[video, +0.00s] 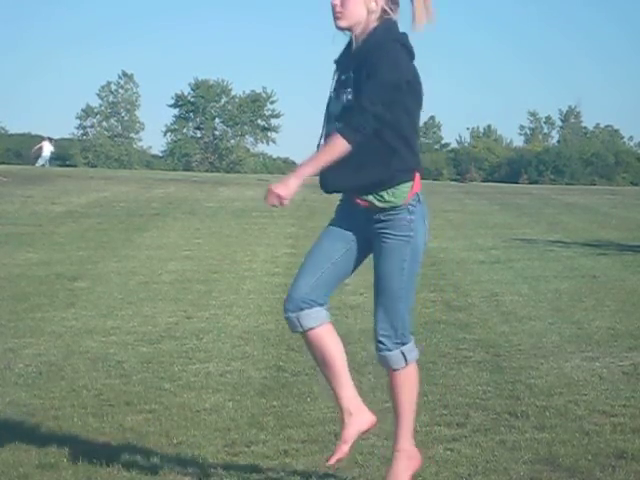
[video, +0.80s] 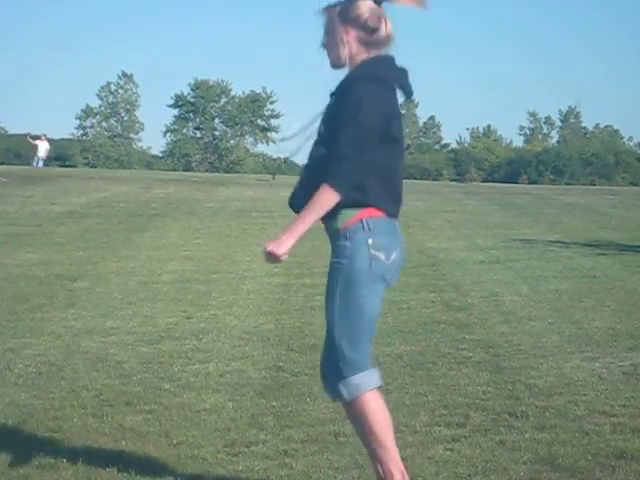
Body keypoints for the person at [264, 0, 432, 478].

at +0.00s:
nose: (336, 3)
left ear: (376, 2)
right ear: (339, 7)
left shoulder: (386, 49)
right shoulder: (354, 53)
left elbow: (358, 127)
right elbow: (364, 130)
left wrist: (296, 177)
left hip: (398, 210)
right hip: (354, 207)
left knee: (393, 338)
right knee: (303, 305)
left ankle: (406, 449)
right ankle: (354, 412)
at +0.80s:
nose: (325, 42)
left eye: (330, 33)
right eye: (327, 34)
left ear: (349, 36)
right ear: (364, 36)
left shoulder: (365, 85)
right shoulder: (369, 83)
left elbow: (345, 172)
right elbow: (356, 171)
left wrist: (290, 234)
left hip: (364, 235)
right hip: (364, 233)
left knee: (352, 365)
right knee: (338, 368)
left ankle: (396, 475)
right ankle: (390, 472)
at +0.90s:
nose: (324, 59)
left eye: (328, 50)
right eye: (325, 50)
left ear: (346, 56)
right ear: (365, 55)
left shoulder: (362, 107)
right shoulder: (379, 102)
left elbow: (359, 201)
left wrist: (284, 208)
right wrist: (380, 29)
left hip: (367, 259)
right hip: (375, 257)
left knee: (338, 383)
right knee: (292, 362)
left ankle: (392, 475)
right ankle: (364, 466)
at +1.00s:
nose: (319, 54)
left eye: (324, 45)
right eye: (321, 45)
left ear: (344, 48)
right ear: (352, 48)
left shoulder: (358, 98)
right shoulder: (378, 95)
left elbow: (364, 189)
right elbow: (400, 172)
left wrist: (305, 168)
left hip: (367, 248)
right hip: (372, 246)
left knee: (344, 377)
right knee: (272, 325)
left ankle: (395, 474)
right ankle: (334, 425)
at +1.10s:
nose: (312, 20)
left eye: (317, 10)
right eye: (313, 11)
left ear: (348, 9)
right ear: (349, 12)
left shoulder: (362, 65)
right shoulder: (355, 66)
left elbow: (344, 161)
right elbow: (353, 161)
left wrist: (282, 130)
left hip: (373, 225)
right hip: (351, 225)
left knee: (363, 357)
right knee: (278, 314)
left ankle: (391, 470)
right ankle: (315, 429)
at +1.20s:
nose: (319, 16)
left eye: (329, 5)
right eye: (316, 7)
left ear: (362, 7)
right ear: (318, 11)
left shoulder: (367, 57)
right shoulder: (346, 59)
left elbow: (306, 115)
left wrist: (228, 120)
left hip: (377, 221)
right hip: (337, 219)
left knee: (370, 352)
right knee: (295, 332)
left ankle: (393, 464)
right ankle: (297, 450)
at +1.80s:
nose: (331, 45)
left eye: (341, 34)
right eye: (323, 38)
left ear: (365, 36)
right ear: (317, 44)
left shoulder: (378, 76)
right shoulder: (318, 85)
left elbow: (317, 99)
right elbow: (302, 152)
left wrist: (245, 77)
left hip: (356, 249)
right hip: (290, 242)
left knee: (387, 367)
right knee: (249, 357)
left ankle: (406, 470)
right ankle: (219, 470)